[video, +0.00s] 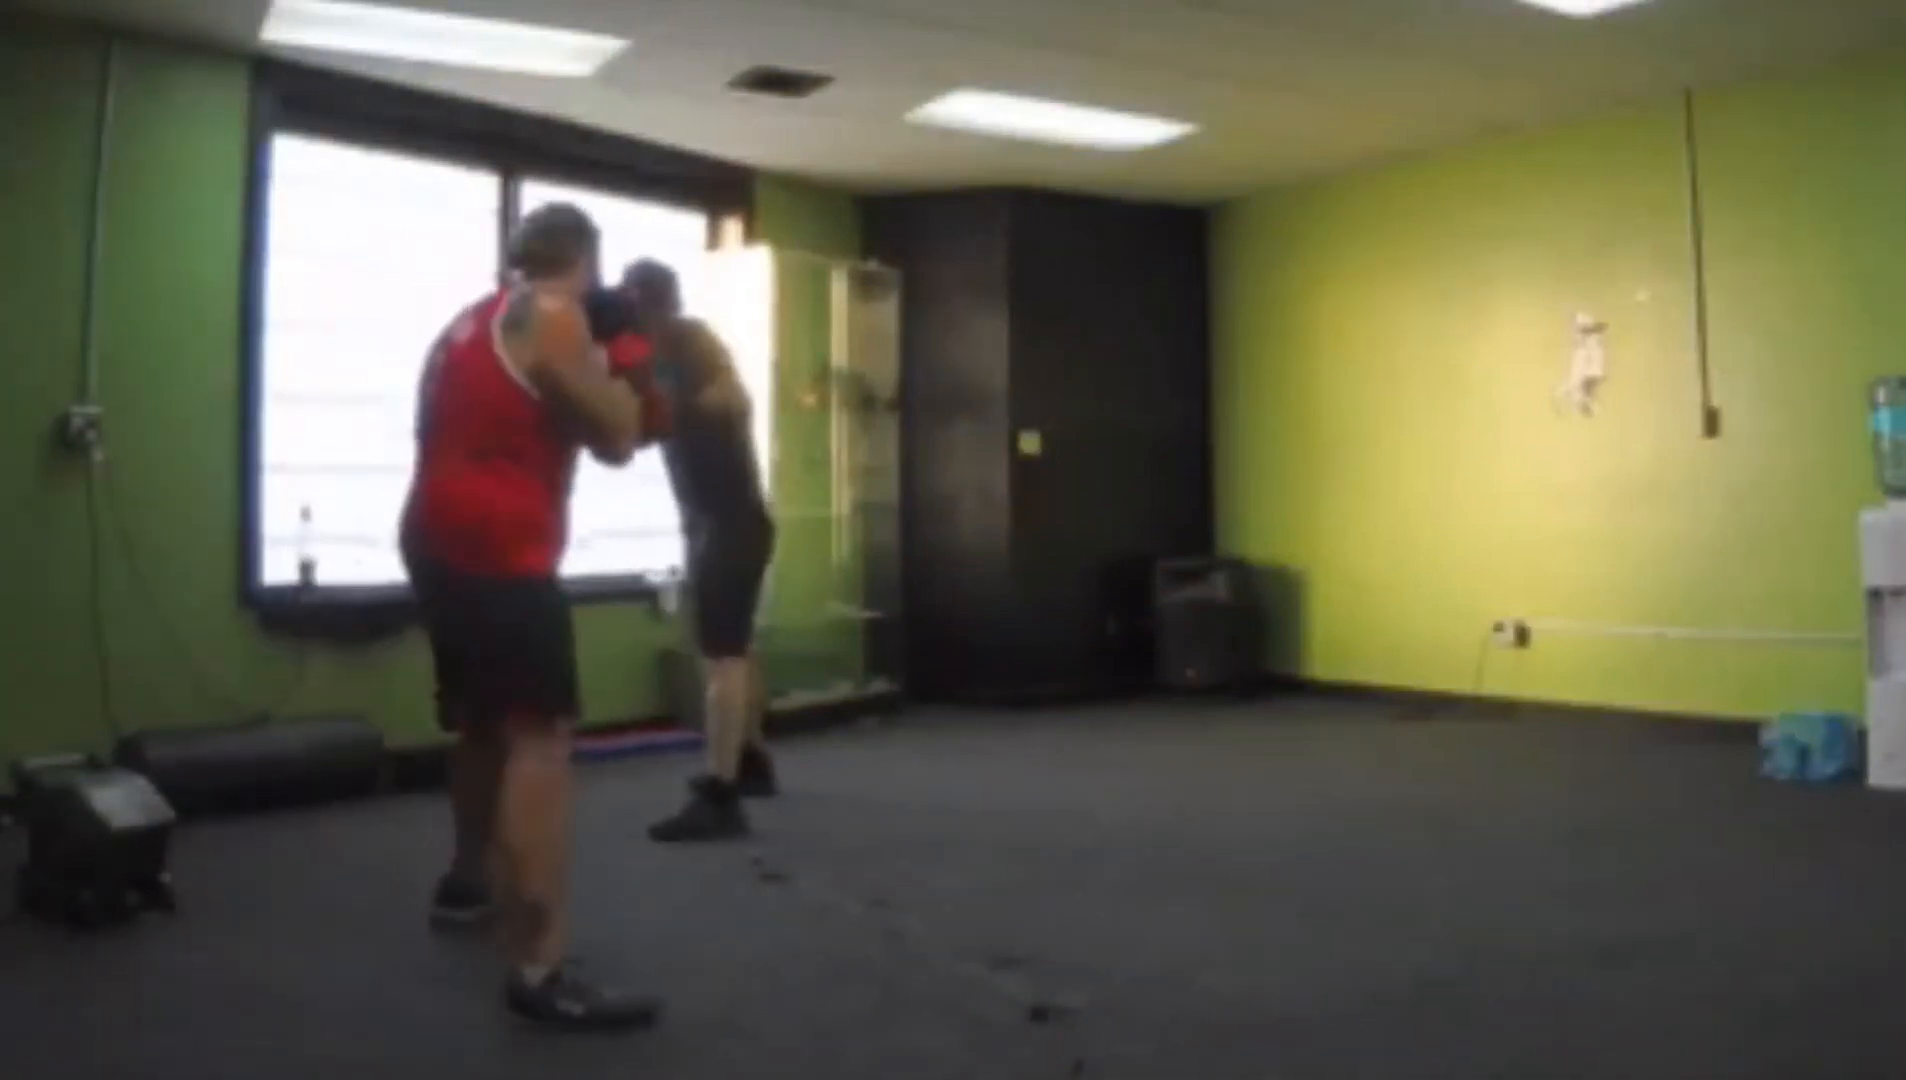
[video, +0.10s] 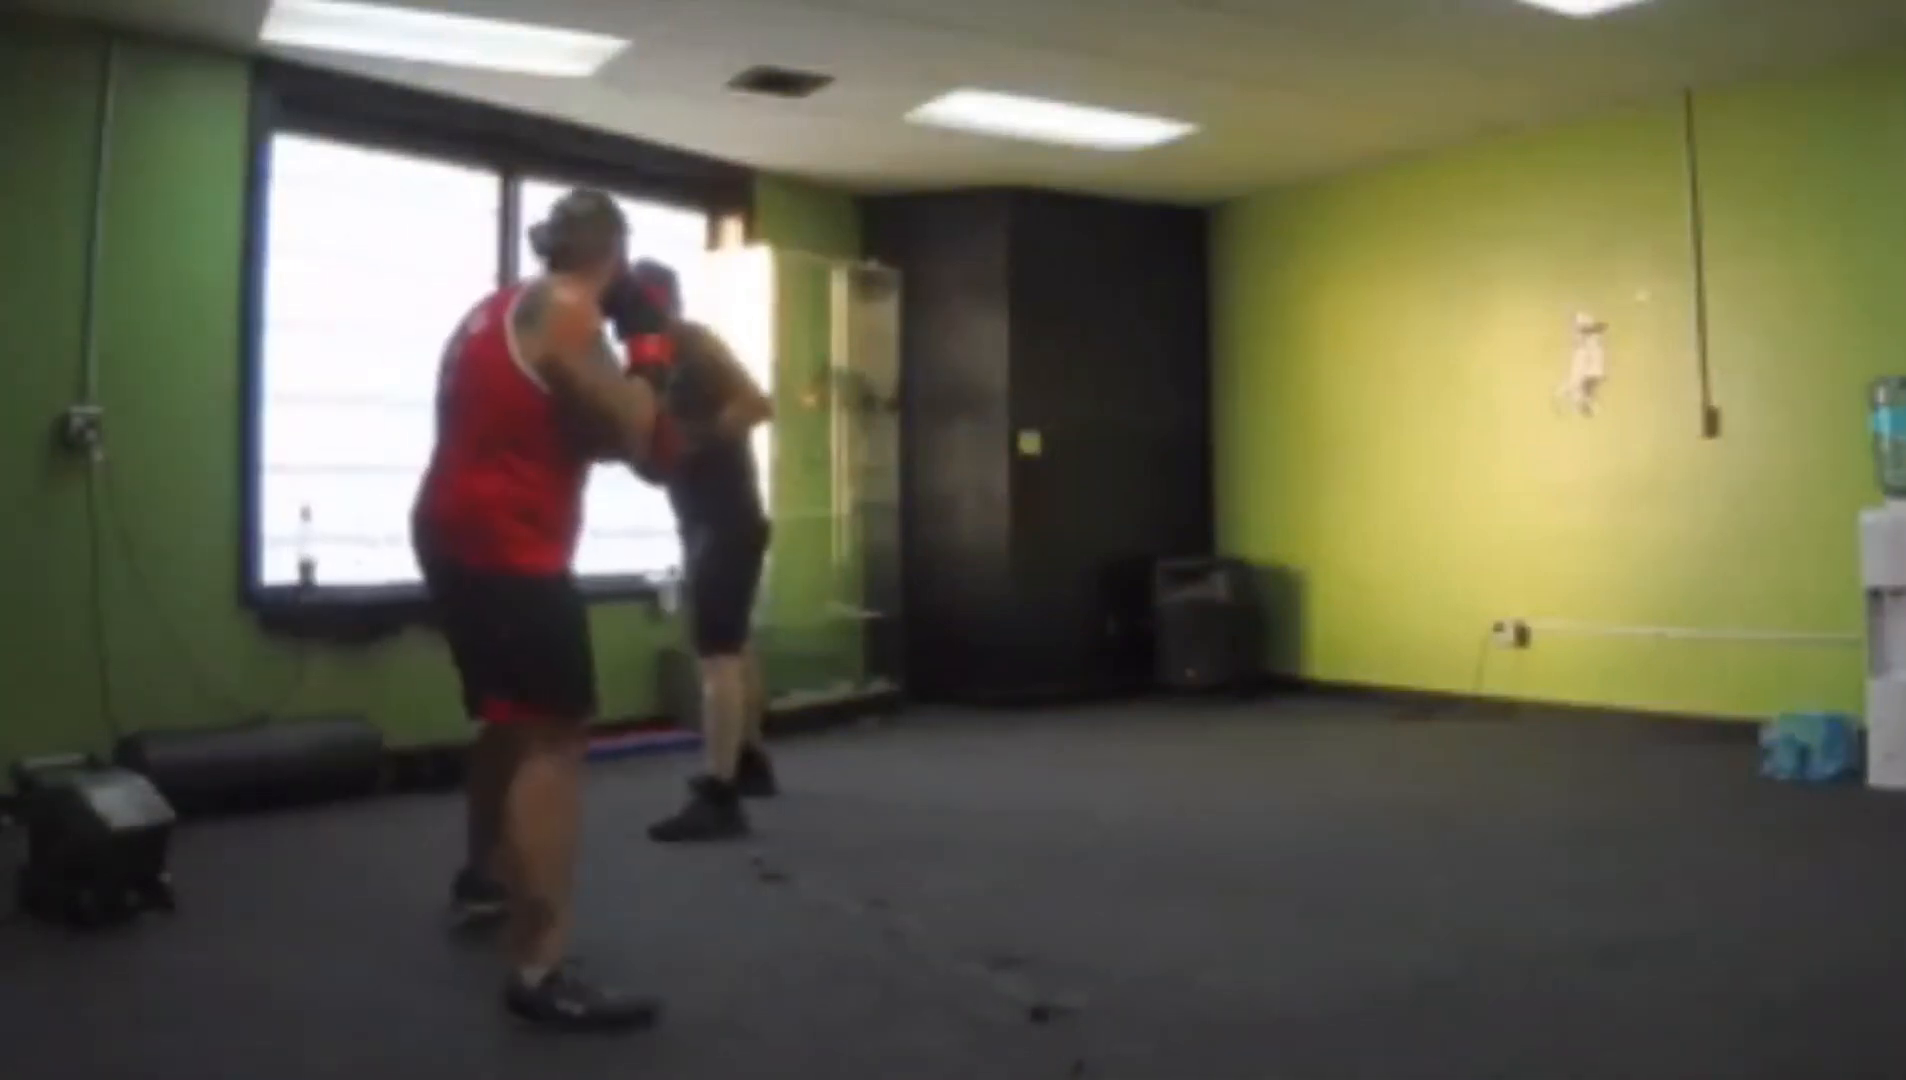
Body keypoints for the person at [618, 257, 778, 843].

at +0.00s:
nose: (633, 316)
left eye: (638, 304)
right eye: (630, 306)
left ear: (655, 300)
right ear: (648, 303)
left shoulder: (690, 341)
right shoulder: (652, 353)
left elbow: (731, 400)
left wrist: (672, 408)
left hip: (734, 517)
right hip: (708, 518)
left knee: (723, 649)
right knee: (727, 646)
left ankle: (720, 787)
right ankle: (748, 755)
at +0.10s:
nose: (627, 330)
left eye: (631, 316)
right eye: (622, 319)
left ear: (651, 304)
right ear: (649, 304)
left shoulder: (692, 343)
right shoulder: (645, 361)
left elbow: (754, 402)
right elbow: (637, 428)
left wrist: (703, 437)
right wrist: (650, 445)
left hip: (731, 517)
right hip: (701, 519)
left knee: (717, 649)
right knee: (727, 645)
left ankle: (719, 787)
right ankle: (747, 755)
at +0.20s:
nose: (635, 325)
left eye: (637, 314)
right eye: (636, 314)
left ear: (648, 312)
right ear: (675, 304)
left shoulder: (688, 351)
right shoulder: (684, 351)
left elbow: (761, 409)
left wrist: (710, 445)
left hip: (718, 514)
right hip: (710, 512)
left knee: (711, 652)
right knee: (725, 647)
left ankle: (718, 788)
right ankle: (748, 756)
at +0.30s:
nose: (644, 330)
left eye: (647, 319)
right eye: (650, 318)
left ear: (658, 319)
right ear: (690, 312)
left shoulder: (685, 356)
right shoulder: (713, 351)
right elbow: (764, 411)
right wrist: (715, 438)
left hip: (710, 518)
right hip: (723, 515)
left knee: (703, 649)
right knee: (726, 643)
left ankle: (718, 786)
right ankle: (747, 756)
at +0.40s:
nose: (655, 343)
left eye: (659, 334)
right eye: (658, 334)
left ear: (673, 336)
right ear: (708, 328)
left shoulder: (695, 370)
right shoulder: (726, 366)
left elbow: (683, 442)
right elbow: (761, 411)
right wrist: (719, 431)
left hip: (702, 517)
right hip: (724, 515)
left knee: (700, 648)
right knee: (723, 642)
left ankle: (721, 789)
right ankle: (748, 755)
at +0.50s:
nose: (628, 321)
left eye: (633, 306)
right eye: (623, 309)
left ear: (662, 300)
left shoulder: (700, 357)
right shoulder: (656, 362)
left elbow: (745, 438)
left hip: (711, 522)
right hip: (683, 521)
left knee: (699, 654)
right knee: (708, 651)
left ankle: (723, 791)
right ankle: (748, 757)